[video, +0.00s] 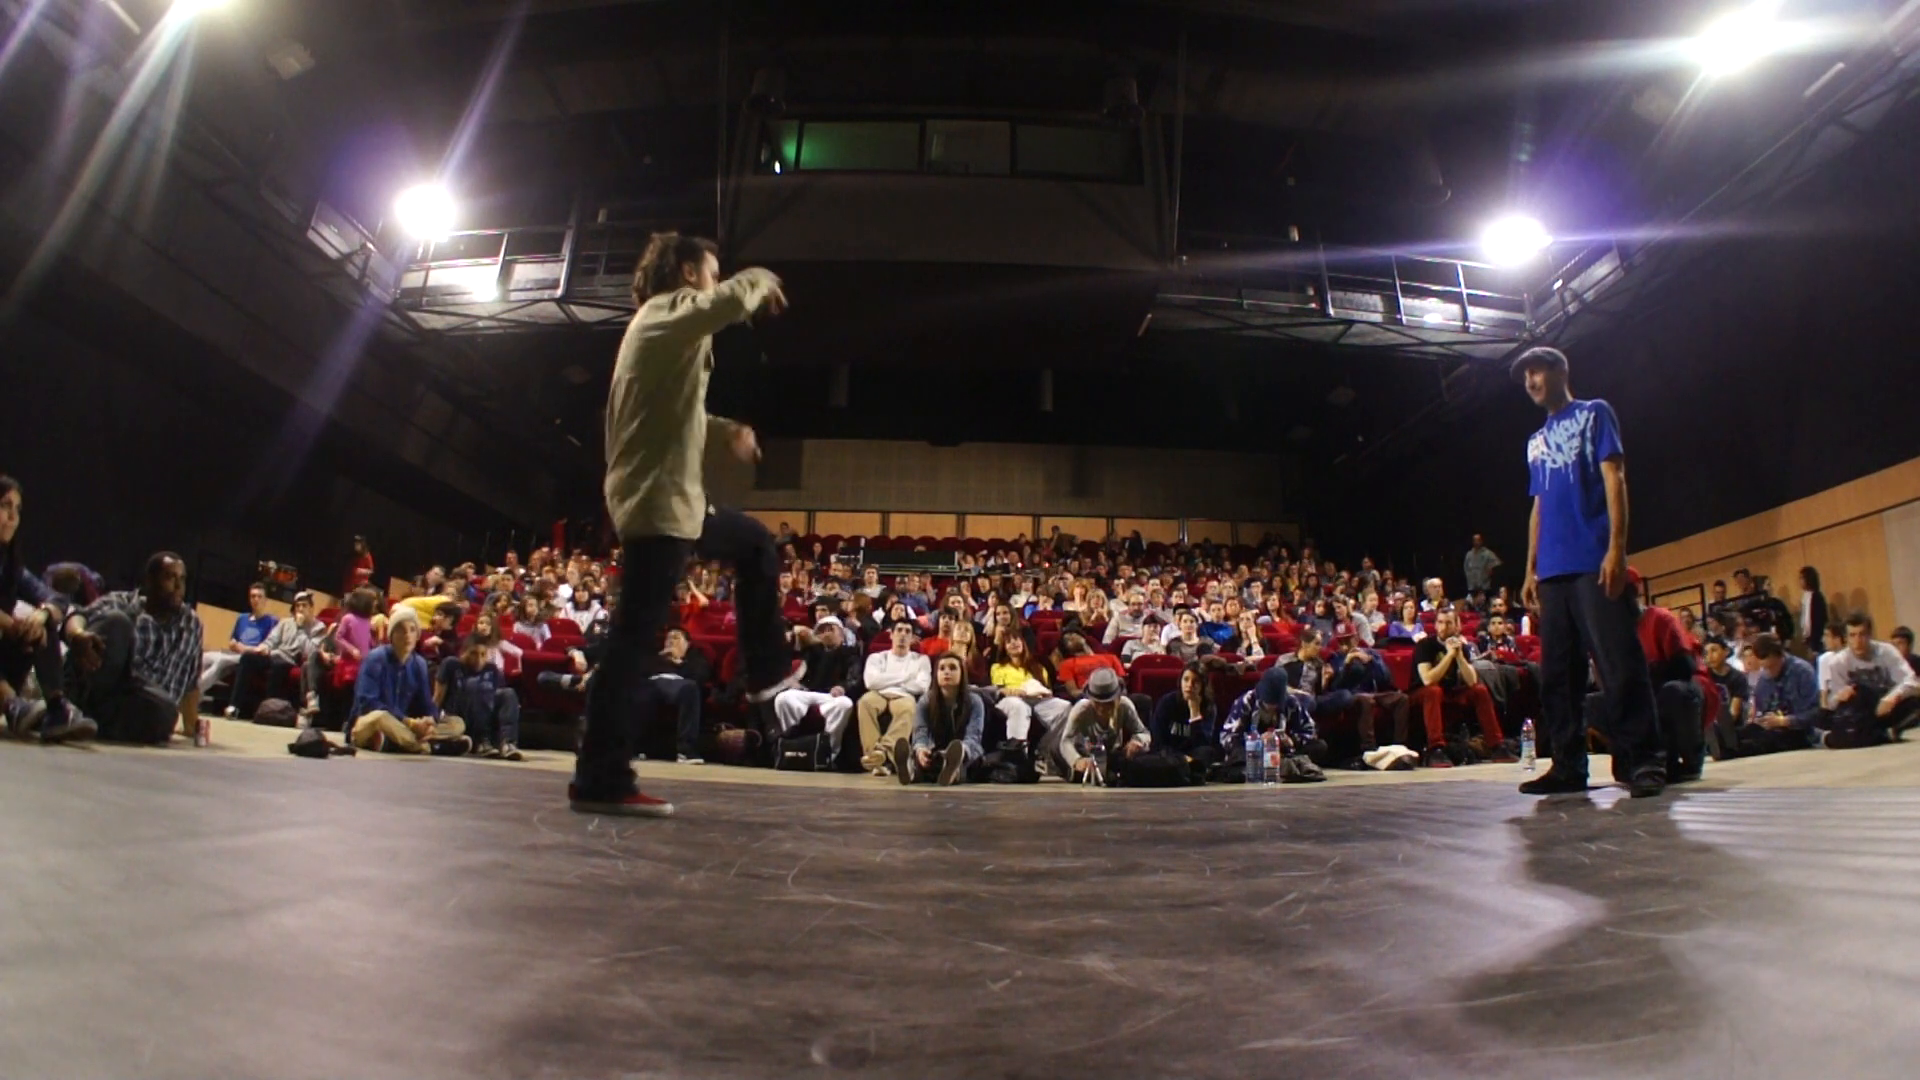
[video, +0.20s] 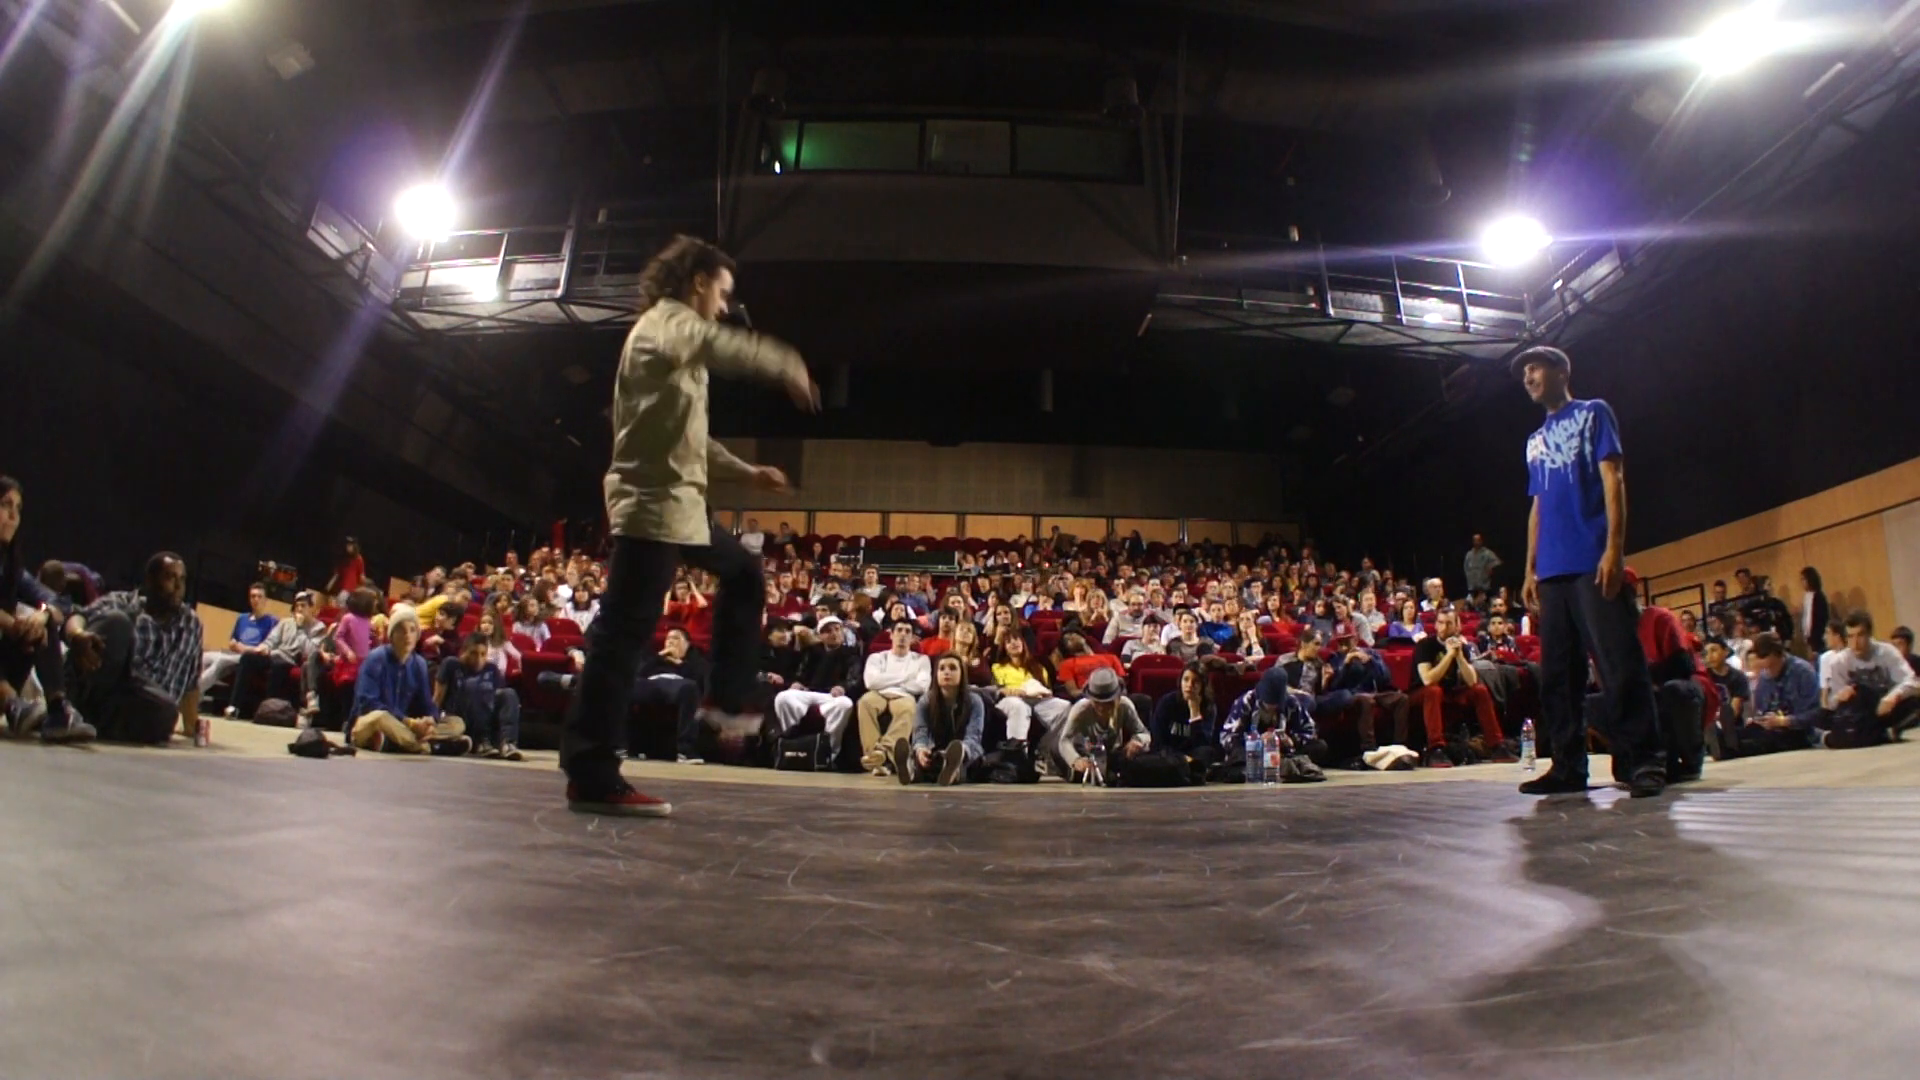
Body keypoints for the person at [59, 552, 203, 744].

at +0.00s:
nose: (178, 586)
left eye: (182, 579)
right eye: (170, 578)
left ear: (186, 583)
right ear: (151, 580)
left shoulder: (191, 624)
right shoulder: (122, 602)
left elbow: (190, 684)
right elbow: (78, 616)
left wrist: (191, 731)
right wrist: (76, 634)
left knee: (161, 717)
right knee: (116, 623)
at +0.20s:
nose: (178, 586)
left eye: (182, 580)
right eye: (170, 578)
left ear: (186, 583)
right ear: (151, 580)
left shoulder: (191, 624)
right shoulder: (122, 602)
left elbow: (190, 685)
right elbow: (78, 617)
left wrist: (191, 731)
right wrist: (76, 635)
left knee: (162, 717)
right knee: (116, 623)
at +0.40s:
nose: (177, 587)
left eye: (181, 580)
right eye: (169, 579)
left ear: (185, 584)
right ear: (151, 580)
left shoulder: (191, 624)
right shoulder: (122, 602)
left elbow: (190, 685)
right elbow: (78, 617)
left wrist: (191, 731)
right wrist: (76, 635)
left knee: (160, 719)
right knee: (116, 623)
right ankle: (68, 709)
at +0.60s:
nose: (176, 587)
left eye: (181, 580)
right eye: (169, 579)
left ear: (184, 585)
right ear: (151, 580)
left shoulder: (191, 623)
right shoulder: (122, 602)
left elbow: (190, 685)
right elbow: (78, 616)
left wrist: (191, 731)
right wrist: (76, 634)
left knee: (160, 719)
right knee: (116, 624)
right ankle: (64, 710)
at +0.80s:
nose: (177, 588)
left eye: (182, 582)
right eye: (169, 580)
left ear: (185, 586)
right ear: (151, 581)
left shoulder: (191, 624)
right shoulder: (122, 602)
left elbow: (190, 685)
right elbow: (77, 617)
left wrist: (191, 730)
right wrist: (76, 635)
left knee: (159, 719)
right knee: (116, 624)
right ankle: (65, 710)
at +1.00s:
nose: (176, 588)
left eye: (181, 581)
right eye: (169, 580)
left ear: (184, 585)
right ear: (151, 580)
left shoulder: (191, 624)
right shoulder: (121, 602)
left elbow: (190, 684)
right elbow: (77, 617)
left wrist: (191, 731)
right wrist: (77, 634)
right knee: (116, 624)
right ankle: (69, 710)